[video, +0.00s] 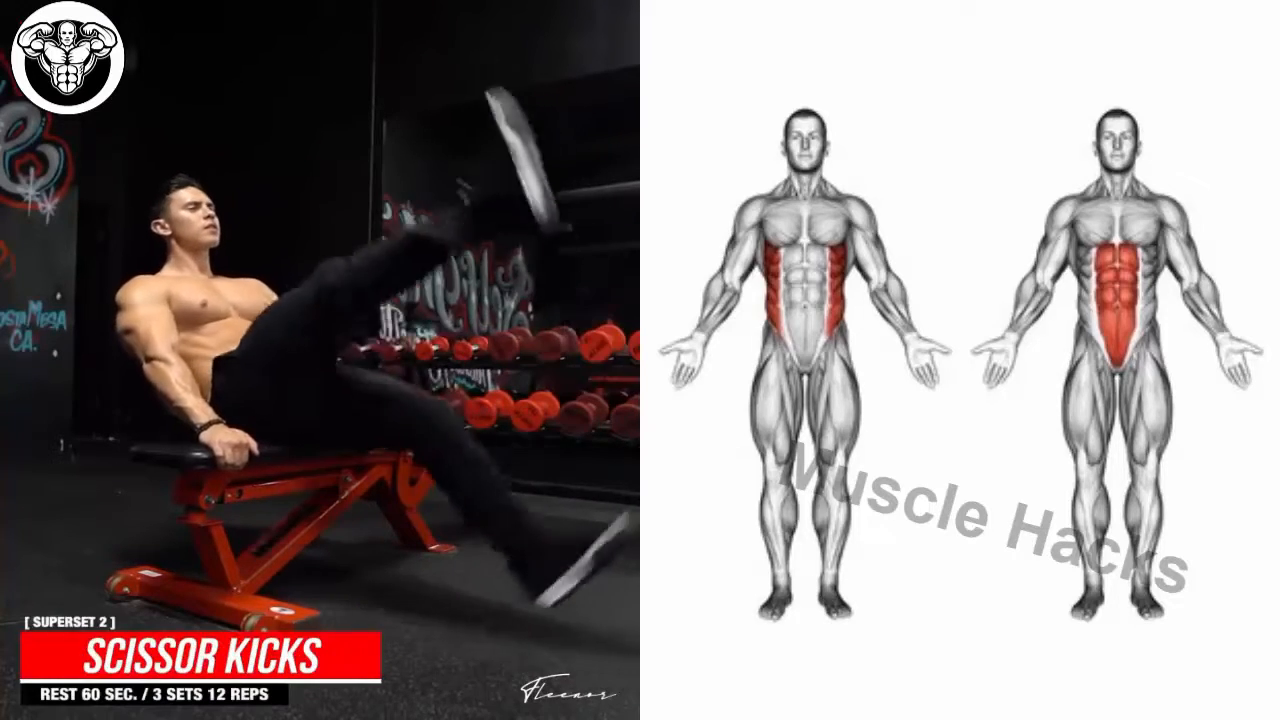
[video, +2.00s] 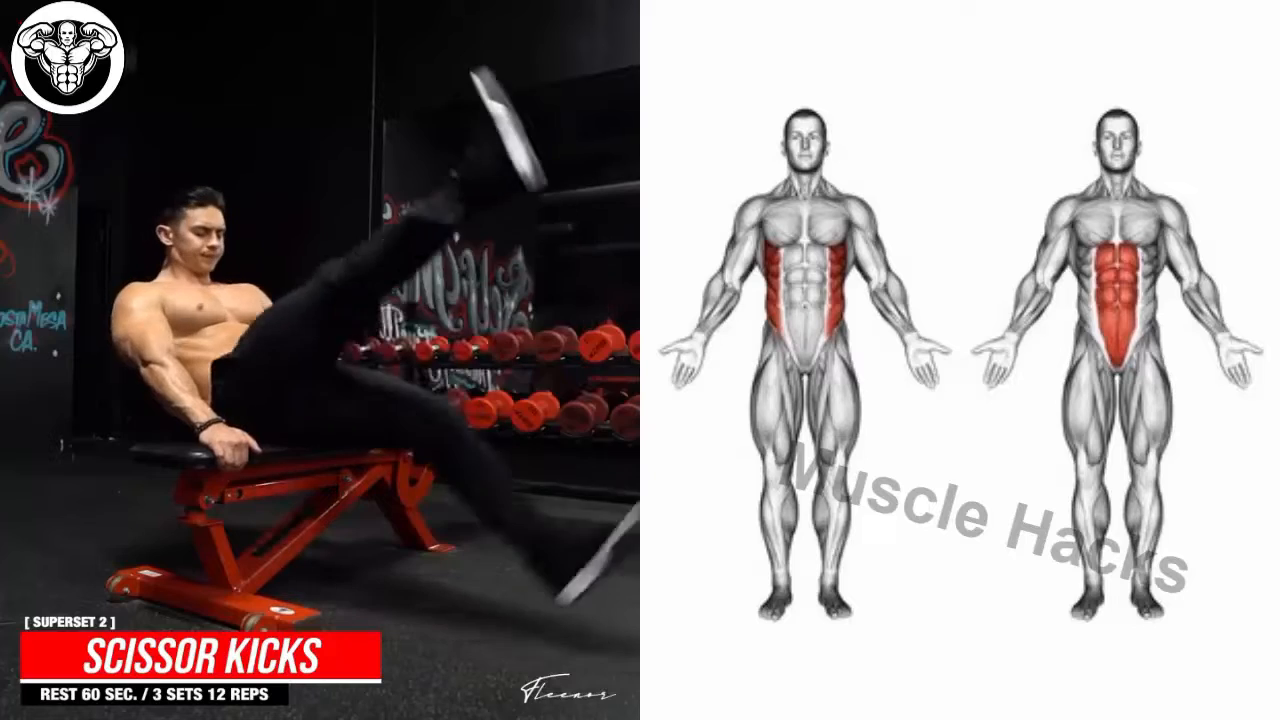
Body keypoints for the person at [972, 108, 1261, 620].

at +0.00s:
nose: (1116, 145)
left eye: (1124, 138)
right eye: (1109, 137)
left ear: (1137, 146)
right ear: (1097, 145)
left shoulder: (1164, 211)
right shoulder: (1070, 211)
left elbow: (1193, 282)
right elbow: (1041, 282)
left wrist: (1221, 335)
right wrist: (1012, 336)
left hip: (1144, 355)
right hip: (1089, 354)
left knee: (1145, 466)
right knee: (1088, 467)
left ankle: (1141, 582)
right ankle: (1092, 583)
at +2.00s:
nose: (1116, 145)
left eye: (1124, 138)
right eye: (1108, 138)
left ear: (1137, 145)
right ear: (1097, 146)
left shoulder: (1164, 211)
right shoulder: (1070, 211)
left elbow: (1193, 282)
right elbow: (1041, 282)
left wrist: (1221, 335)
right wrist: (1012, 336)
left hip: (1144, 355)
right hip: (1089, 354)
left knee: (1145, 466)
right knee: (1088, 466)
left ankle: (1141, 582)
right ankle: (1092, 583)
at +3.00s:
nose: (1116, 145)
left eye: (1124, 138)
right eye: (1108, 138)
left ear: (1137, 145)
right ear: (1096, 146)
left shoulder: (1164, 211)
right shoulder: (1070, 211)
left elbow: (1193, 282)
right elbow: (1041, 282)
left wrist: (1222, 335)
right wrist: (1012, 336)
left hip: (1144, 355)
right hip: (1089, 355)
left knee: (1145, 466)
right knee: (1088, 466)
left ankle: (1141, 581)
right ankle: (1092, 583)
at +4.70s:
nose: (1116, 145)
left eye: (1124, 138)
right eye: (1108, 138)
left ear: (1137, 145)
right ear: (1097, 145)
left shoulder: (1164, 211)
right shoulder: (1070, 211)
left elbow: (1193, 282)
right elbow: (1041, 282)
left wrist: (1221, 335)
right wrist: (1012, 336)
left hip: (1144, 355)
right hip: (1089, 354)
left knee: (1145, 466)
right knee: (1088, 466)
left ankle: (1141, 581)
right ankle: (1092, 583)